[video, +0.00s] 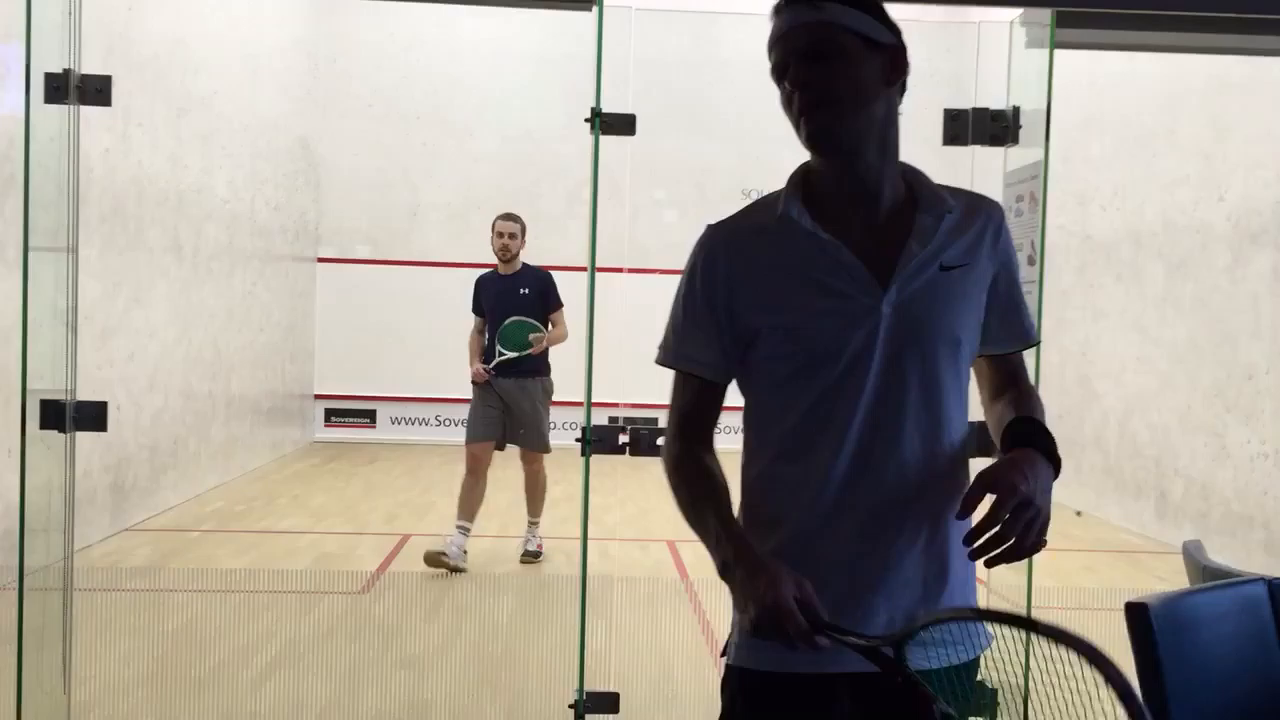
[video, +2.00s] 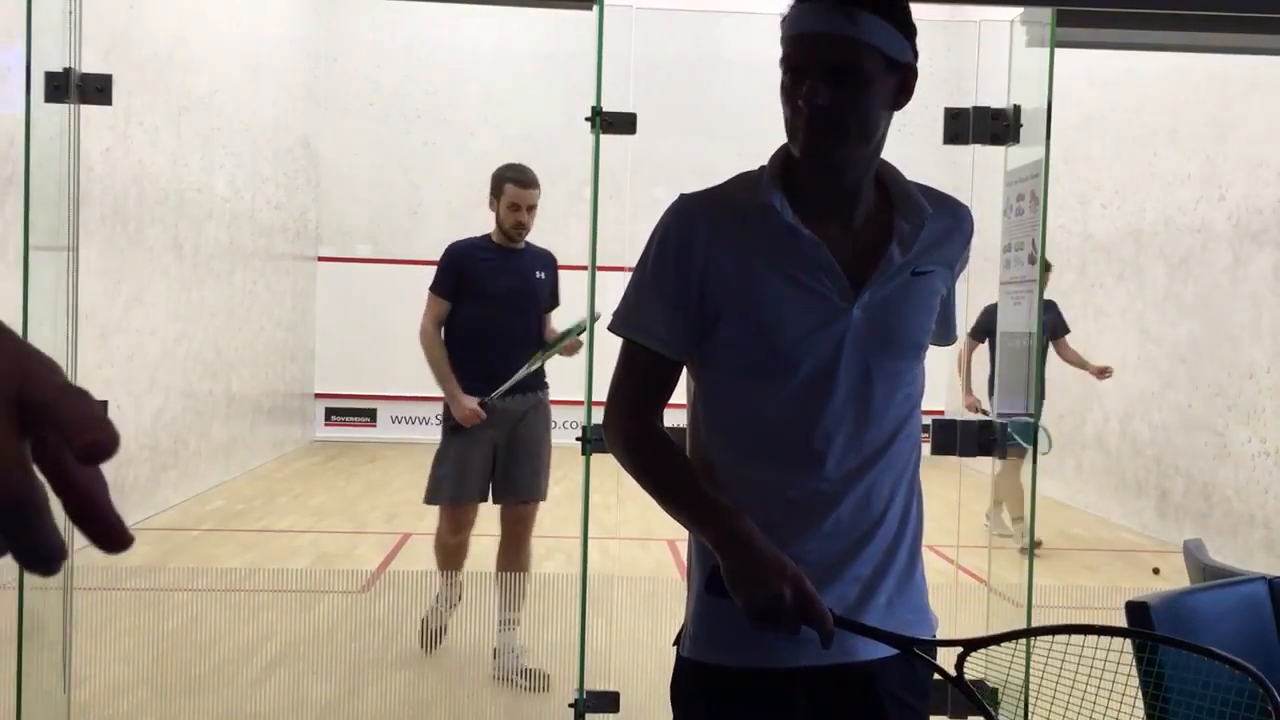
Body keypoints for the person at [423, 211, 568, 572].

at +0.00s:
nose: (505, 241)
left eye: (512, 236)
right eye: (500, 235)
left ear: (523, 241)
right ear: (491, 240)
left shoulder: (541, 280)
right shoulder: (484, 283)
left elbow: (561, 330)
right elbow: (478, 331)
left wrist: (546, 339)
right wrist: (475, 362)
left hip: (530, 384)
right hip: (490, 383)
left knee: (532, 460)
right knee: (476, 458)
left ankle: (533, 535)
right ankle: (457, 546)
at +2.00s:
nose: (522, 217)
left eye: (530, 209)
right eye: (514, 207)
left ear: (539, 209)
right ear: (493, 203)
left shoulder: (543, 262)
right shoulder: (461, 256)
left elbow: (543, 324)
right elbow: (428, 329)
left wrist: (560, 341)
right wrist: (454, 395)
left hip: (527, 409)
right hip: (471, 410)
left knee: (519, 526)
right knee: (454, 525)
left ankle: (509, 646)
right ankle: (448, 596)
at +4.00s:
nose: (581, 209)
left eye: (581, 200)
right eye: (591, 198)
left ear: (586, 204)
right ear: (627, 203)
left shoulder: (595, 254)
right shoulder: (653, 255)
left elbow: (595, 341)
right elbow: (639, 343)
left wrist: (540, 320)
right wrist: (559, 328)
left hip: (612, 418)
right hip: (660, 417)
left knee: (579, 533)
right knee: (652, 530)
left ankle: (639, 654)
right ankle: (662, 655)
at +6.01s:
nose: (340, 211)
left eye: (336, 203)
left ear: (337, 207)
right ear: (376, 207)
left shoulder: (344, 249)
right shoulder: (398, 256)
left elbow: (348, 321)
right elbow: (421, 327)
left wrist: (302, 326)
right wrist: (371, 334)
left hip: (349, 393)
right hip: (394, 396)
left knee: (301, 492)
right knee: (386, 493)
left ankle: (301, 619)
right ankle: (398, 616)